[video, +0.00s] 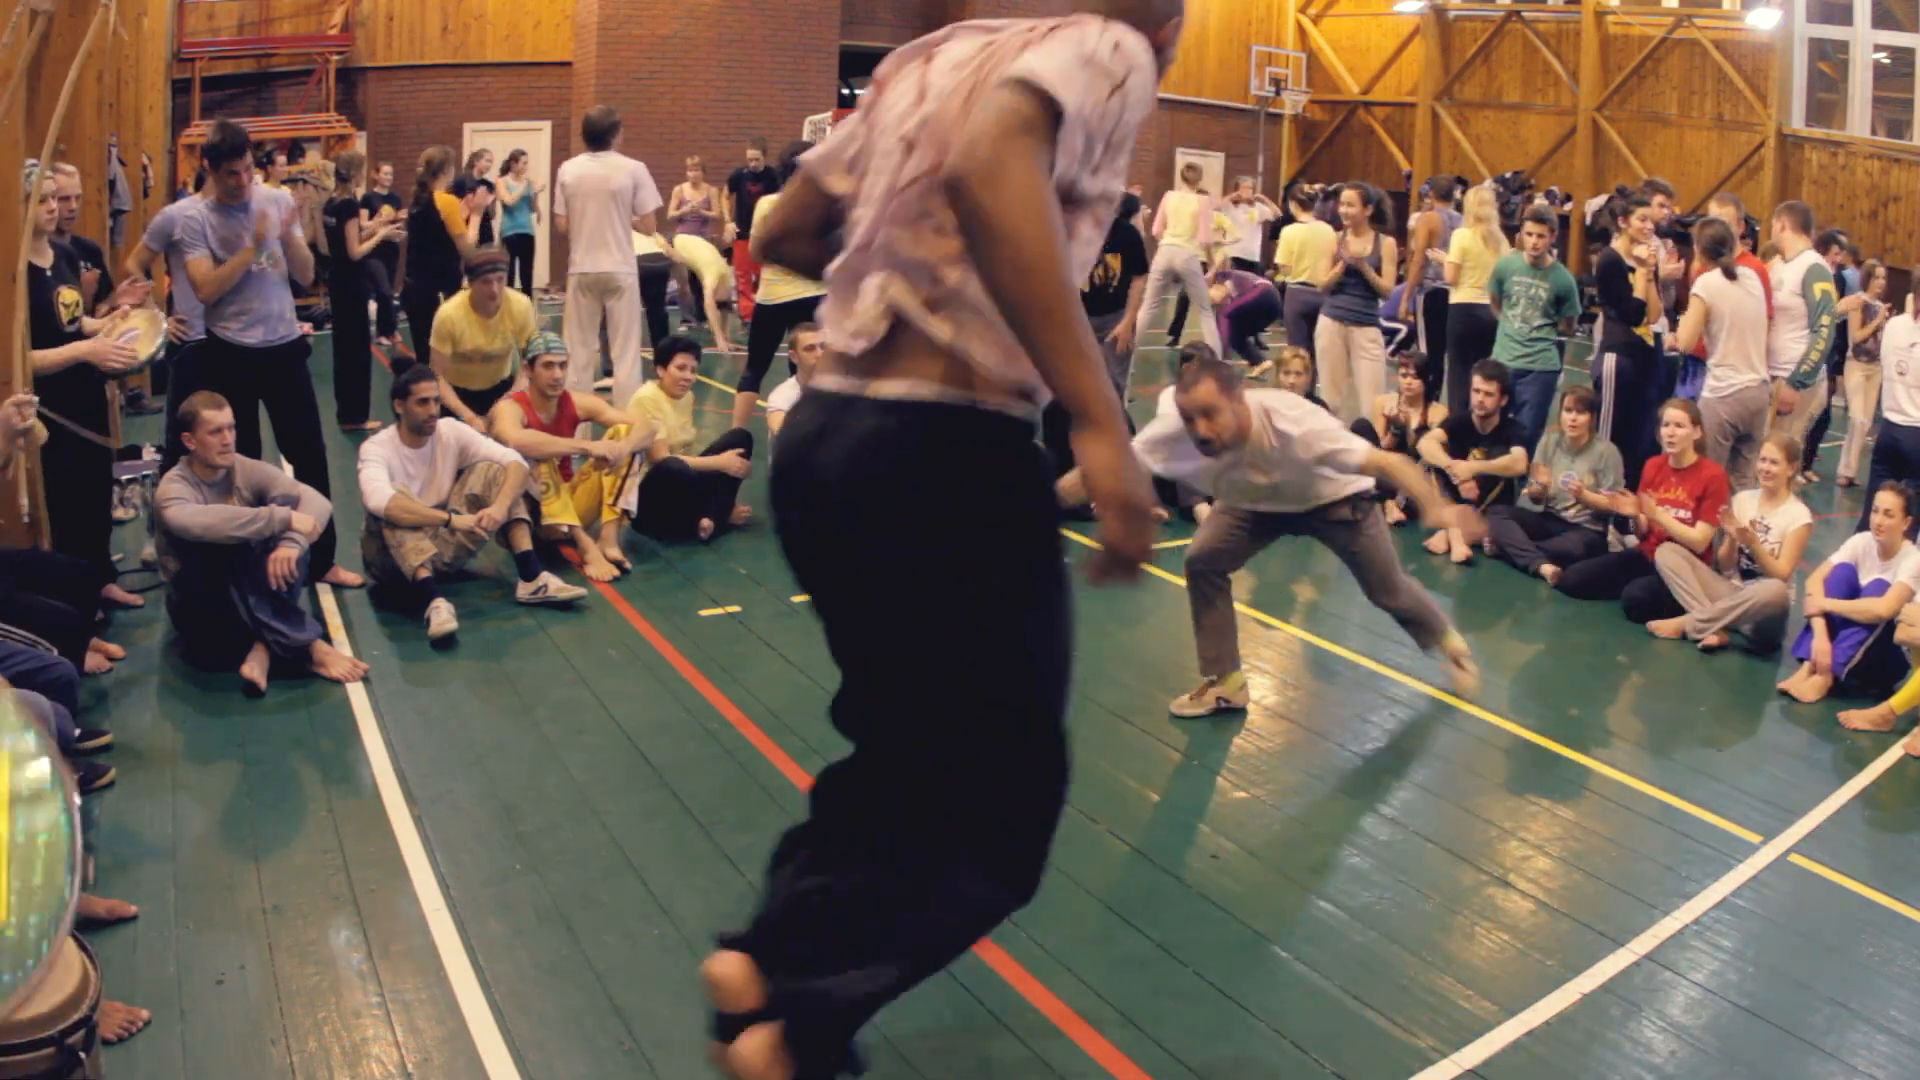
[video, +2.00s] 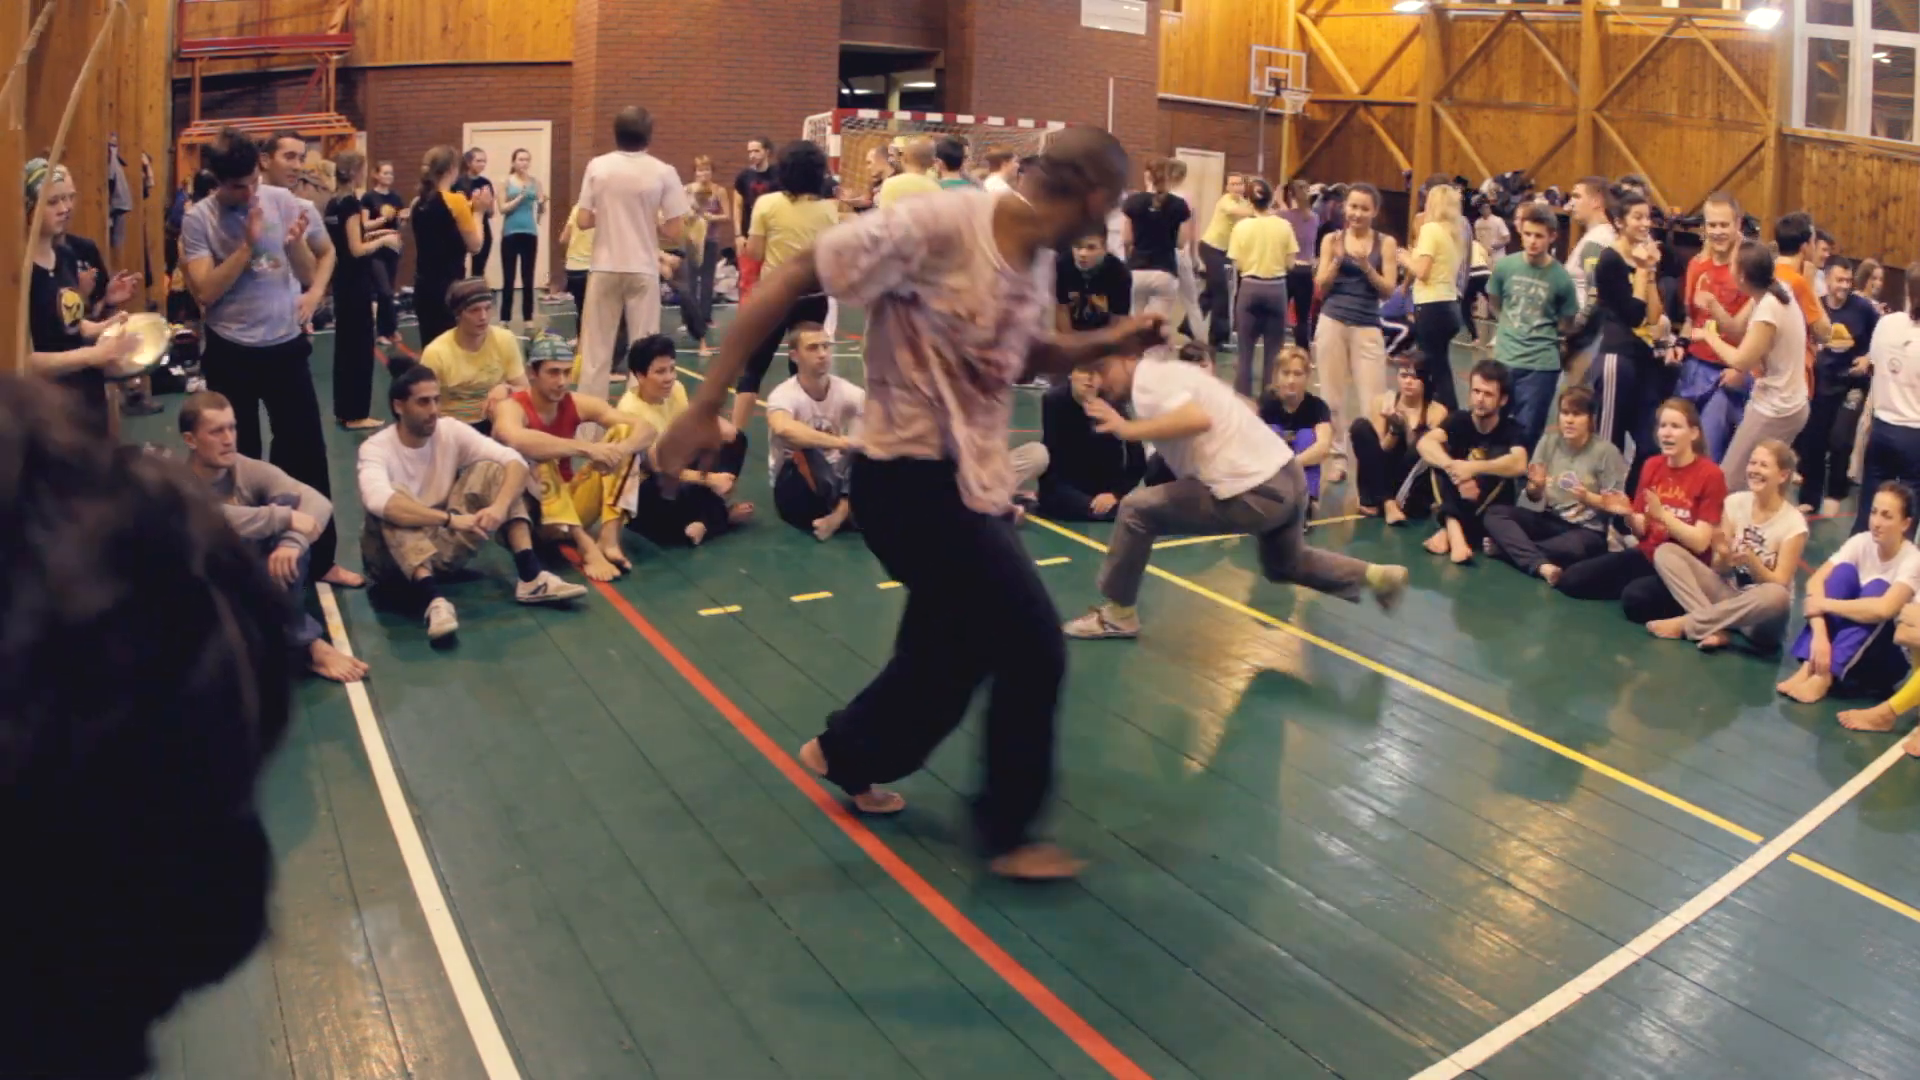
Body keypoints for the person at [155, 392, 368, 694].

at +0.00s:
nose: (228, 440)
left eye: (231, 429)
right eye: (215, 432)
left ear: (237, 429)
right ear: (189, 441)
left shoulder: (245, 469)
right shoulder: (174, 487)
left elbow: (316, 502)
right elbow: (190, 523)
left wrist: (292, 544)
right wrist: (283, 518)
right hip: (208, 612)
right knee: (214, 544)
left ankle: (264, 645)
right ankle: (310, 645)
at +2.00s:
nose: (229, 439)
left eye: (232, 428)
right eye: (216, 432)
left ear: (237, 428)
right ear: (190, 440)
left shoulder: (247, 469)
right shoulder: (179, 487)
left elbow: (317, 501)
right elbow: (213, 520)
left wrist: (291, 545)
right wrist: (284, 517)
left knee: (288, 503)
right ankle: (311, 642)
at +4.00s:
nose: (227, 441)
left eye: (230, 430)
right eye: (215, 434)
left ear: (236, 429)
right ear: (189, 440)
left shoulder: (248, 469)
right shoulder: (174, 487)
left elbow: (317, 502)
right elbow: (191, 523)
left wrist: (292, 543)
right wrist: (283, 517)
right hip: (211, 617)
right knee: (211, 547)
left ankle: (263, 645)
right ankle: (309, 645)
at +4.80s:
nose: (227, 441)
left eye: (230, 430)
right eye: (215, 433)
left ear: (236, 429)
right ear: (189, 440)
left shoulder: (248, 469)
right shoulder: (174, 487)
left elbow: (317, 501)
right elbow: (193, 523)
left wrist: (292, 543)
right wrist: (284, 517)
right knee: (219, 542)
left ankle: (266, 644)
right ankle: (310, 644)